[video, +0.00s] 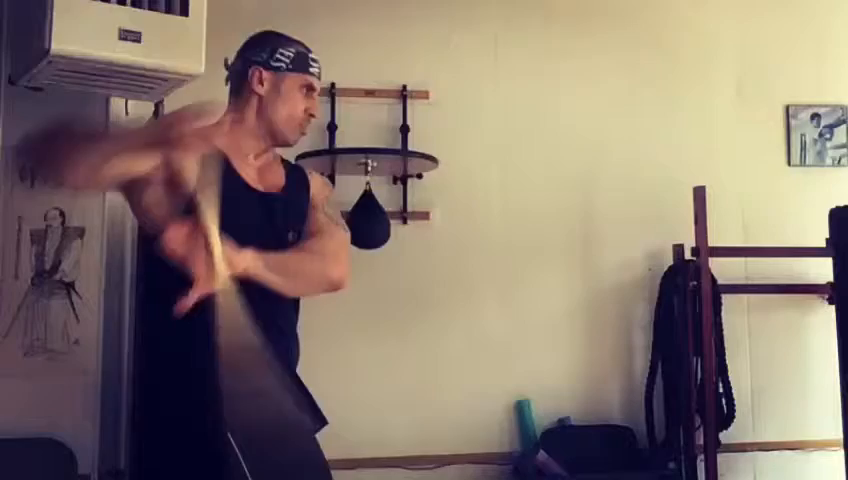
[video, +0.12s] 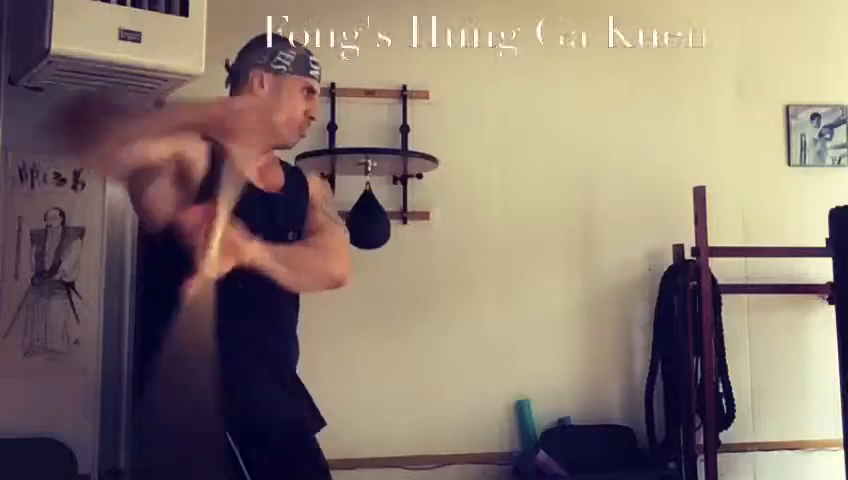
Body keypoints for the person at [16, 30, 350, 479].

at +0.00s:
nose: (315, 108)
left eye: (316, 95)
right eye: (306, 90)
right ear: (260, 80)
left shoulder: (309, 187)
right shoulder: (184, 153)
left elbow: (334, 269)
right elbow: (45, 161)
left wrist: (244, 259)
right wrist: (160, 144)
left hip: (268, 414)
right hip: (180, 409)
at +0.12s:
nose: (315, 110)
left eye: (316, 97)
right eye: (306, 91)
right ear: (260, 84)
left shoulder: (305, 187)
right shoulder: (188, 153)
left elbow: (335, 267)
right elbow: (76, 132)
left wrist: (251, 250)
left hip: (276, 418)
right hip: (185, 419)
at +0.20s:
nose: (304, 120)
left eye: (309, 105)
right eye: (298, 100)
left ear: (307, 102)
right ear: (251, 89)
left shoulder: (283, 185)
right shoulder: (184, 155)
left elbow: (337, 267)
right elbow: (196, 86)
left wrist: (276, 236)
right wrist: (324, 132)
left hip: (274, 412)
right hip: (186, 412)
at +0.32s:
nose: (296, 113)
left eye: (297, 102)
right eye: (289, 97)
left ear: (245, 89)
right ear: (247, 87)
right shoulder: (221, 138)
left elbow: (283, 298)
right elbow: (388, 137)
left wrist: (326, 233)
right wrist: (398, 245)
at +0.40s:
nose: (296, 114)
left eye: (297, 102)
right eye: (290, 98)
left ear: (244, 86)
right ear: (250, 83)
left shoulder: (150, 169)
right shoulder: (262, 137)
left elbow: (225, 288)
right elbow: (392, 174)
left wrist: (334, 255)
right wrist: (386, 227)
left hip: (161, 411)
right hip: (247, 412)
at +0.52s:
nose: (295, 111)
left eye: (297, 96)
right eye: (289, 91)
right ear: (247, 76)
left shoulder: (136, 170)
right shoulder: (274, 140)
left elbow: (171, 276)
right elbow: (374, 193)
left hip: (163, 406)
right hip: (258, 408)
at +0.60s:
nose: (289, 103)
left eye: (289, 88)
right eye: (282, 83)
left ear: (233, 76)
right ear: (239, 72)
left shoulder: (135, 171)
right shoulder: (268, 148)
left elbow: (207, 272)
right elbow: (366, 242)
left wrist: (304, 248)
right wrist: (380, 228)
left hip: (165, 410)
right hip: (263, 412)